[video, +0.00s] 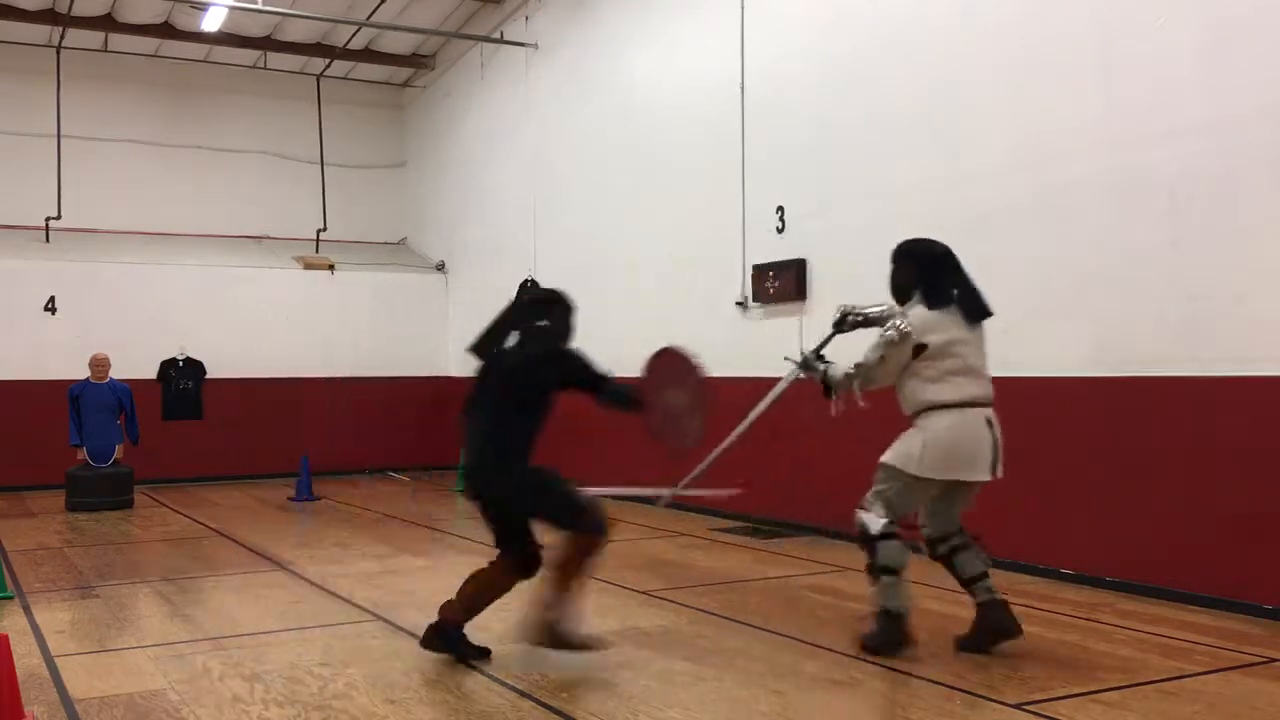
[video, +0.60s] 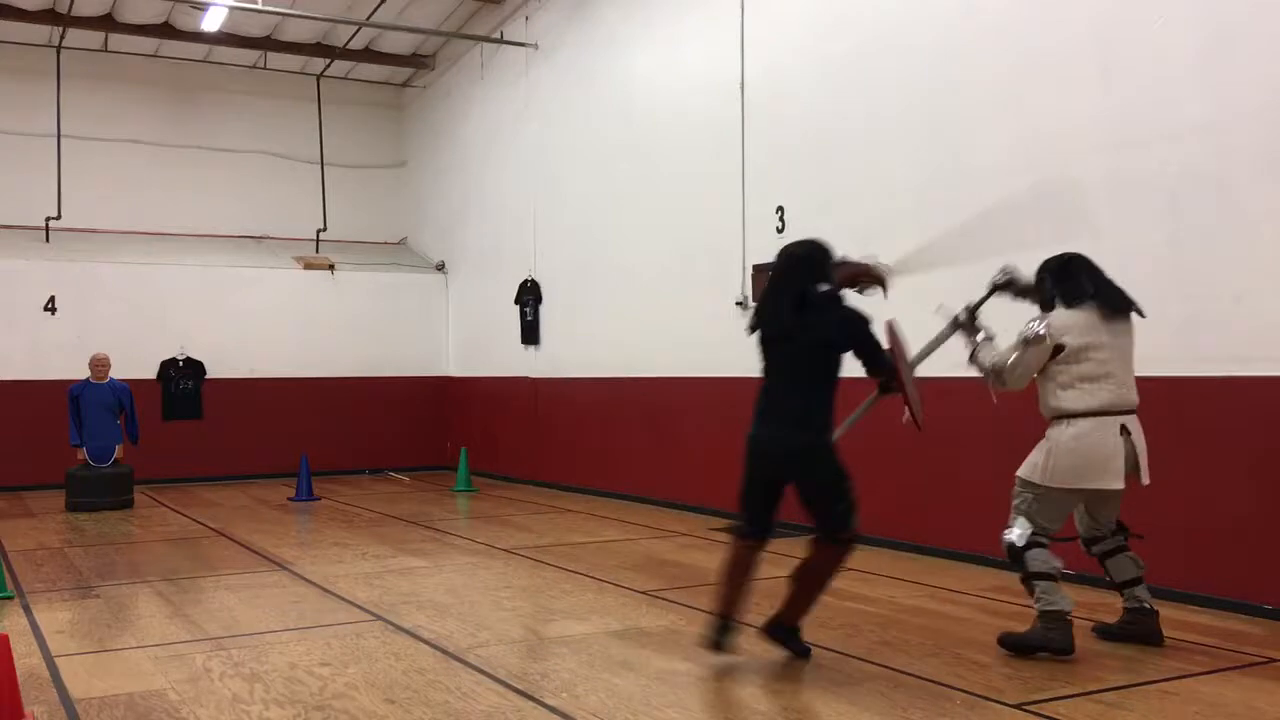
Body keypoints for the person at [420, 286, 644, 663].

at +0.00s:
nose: (567, 331)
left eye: (565, 324)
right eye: (564, 324)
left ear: (526, 323)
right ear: (558, 326)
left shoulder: (501, 356)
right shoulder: (555, 360)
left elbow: (472, 412)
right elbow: (605, 389)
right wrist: (644, 398)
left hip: (482, 476)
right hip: (513, 476)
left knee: (519, 559)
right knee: (589, 524)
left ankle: (446, 627)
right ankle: (550, 624)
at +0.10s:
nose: (614, 315)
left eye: (610, 307)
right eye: (610, 308)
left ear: (569, 314)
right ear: (600, 312)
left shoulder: (553, 352)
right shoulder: (607, 347)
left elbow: (529, 338)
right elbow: (671, 373)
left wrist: (551, 305)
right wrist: (707, 367)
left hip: (542, 471)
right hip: (577, 470)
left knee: (536, 562)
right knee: (660, 528)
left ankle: (457, 625)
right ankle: (711, 621)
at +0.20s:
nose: (659, 318)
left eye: (650, 312)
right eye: (654, 311)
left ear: (615, 322)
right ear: (650, 315)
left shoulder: (613, 366)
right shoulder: (661, 348)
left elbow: (646, 438)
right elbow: (725, 365)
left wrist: (713, 440)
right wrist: (761, 355)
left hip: (613, 483)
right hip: (652, 481)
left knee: (576, 573)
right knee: (730, 534)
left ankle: (486, 626)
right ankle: (765, 634)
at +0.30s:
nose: (710, 319)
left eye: (706, 313)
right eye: (705, 313)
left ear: (663, 322)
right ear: (699, 319)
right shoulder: (713, 352)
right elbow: (778, 367)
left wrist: (759, 399)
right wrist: (812, 359)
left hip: (664, 485)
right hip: (702, 484)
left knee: (629, 580)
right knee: (777, 536)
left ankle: (540, 635)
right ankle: (769, 636)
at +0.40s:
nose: (759, 309)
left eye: (752, 304)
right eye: (754, 304)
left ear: (710, 312)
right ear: (751, 310)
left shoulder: (702, 348)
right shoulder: (767, 349)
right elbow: (826, 365)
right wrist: (868, 369)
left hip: (703, 478)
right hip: (740, 479)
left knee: (655, 569)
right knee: (804, 542)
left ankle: (573, 635)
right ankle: (769, 637)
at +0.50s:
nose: (805, 297)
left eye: (801, 288)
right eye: (800, 290)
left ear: (755, 296)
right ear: (793, 296)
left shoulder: (745, 331)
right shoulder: (804, 332)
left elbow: (790, 342)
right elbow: (861, 367)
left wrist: (813, 309)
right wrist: (886, 372)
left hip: (731, 460)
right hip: (772, 465)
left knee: (697, 549)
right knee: (815, 546)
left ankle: (628, 621)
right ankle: (769, 636)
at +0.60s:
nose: (836, 273)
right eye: (831, 267)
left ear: (785, 272)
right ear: (825, 274)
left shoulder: (773, 306)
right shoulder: (841, 315)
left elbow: (800, 283)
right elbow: (880, 367)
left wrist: (842, 276)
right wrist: (888, 378)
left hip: (764, 439)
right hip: (810, 443)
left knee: (750, 531)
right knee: (838, 535)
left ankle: (722, 621)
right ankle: (786, 621)